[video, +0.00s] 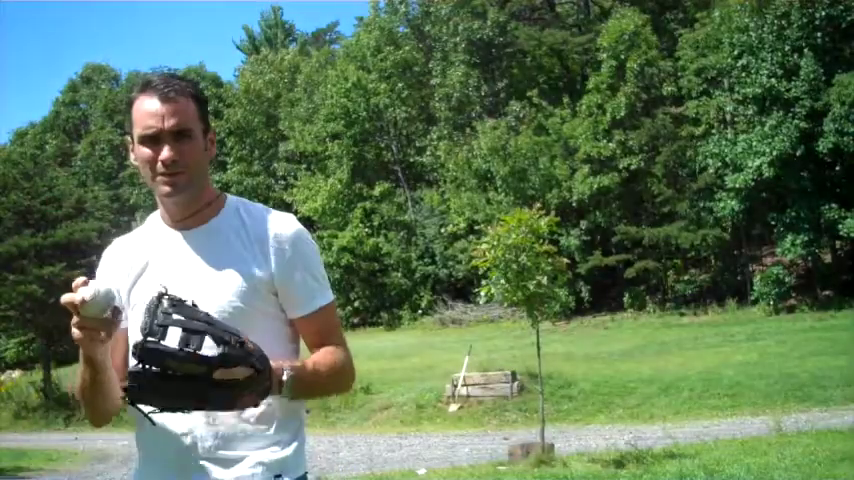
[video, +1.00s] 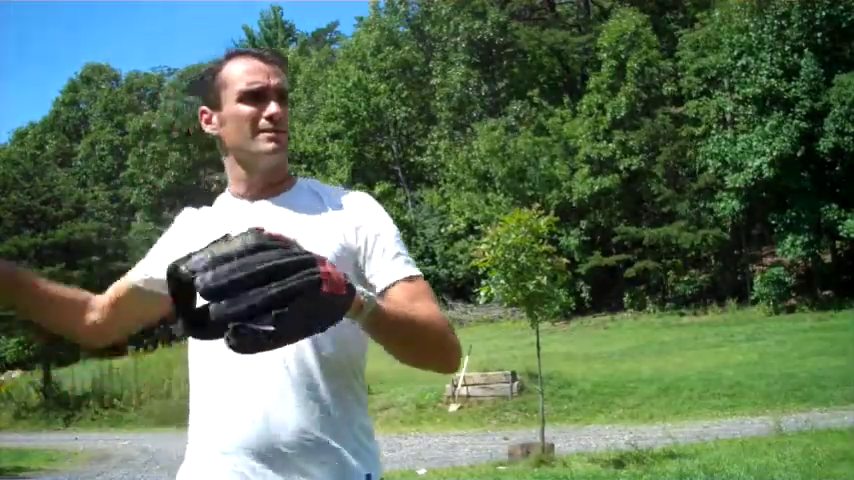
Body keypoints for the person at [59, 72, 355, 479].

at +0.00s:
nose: (167, 155)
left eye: (182, 136)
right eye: (151, 140)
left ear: (209, 143)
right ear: (133, 152)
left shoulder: (278, 236)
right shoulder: (120, 258)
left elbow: (339, 368)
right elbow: (101, 412)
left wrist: (274, 376)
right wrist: (93, 350)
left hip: (265, 469)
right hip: (162, 471)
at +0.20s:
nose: (181, 156)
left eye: (194, 140)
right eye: (166, 143)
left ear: (217, 149)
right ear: (141, 157)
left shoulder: (276, 234)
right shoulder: (134, 261)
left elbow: (336, 367)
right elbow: (113, 411)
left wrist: (221, 341)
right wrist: (122, 347)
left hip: (269, 466)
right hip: (172, 467)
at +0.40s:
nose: (199, 149)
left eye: (210, 134)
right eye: (181, 136)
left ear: (226, 146)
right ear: (151, 154)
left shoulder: (278, 235)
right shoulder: (142, 258)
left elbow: (315, 372)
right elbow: (157, 396)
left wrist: (187, 349)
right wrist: (116, 402)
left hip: (268, 468)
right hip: (170, 469)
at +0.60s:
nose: (211, 141)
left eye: (222, 128)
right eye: (192, 128)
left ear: (235, 142)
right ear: (159, 148)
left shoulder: (284, 228)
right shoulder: (156, 254)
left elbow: (326, 362)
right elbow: (163, 375)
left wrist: (196, 312)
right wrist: (124, 468)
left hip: (273, 467)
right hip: (172, 468)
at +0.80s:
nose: (232, 128)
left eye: (241, 115)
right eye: (212, 116)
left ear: (254, 129)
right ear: (177, 138)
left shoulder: (307, 218)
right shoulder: (174, 241)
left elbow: (376, 346)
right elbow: (156, 364)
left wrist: (247, 285)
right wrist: (57, 409)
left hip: (295, 468)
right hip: (190, 468)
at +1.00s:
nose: (275, 111)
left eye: (281, 98)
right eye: (254, 98)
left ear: (290, 111)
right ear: (212, 121)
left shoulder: (354, 213)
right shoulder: (190, 230)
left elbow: (445, 352)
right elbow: (98, 321)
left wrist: (352, 301)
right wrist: (9, 279)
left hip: (335, 465)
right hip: (220, 465)